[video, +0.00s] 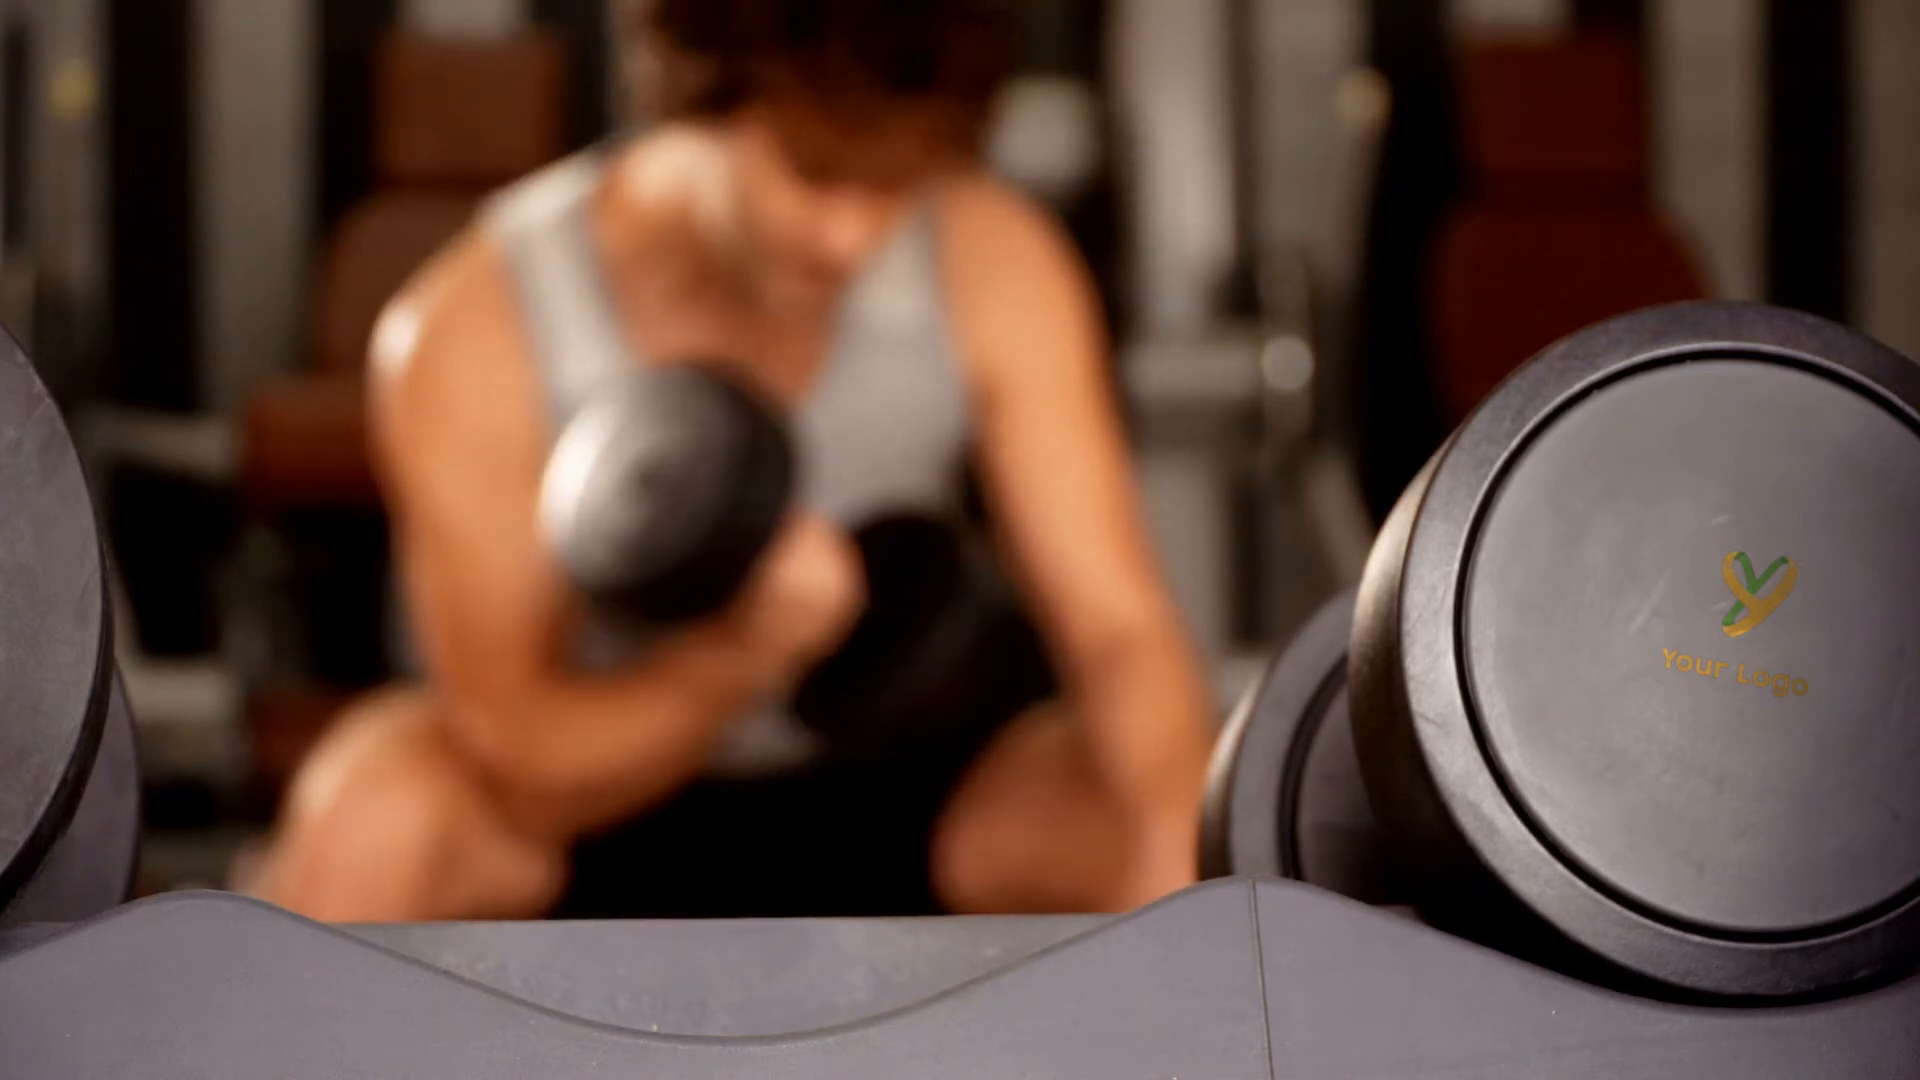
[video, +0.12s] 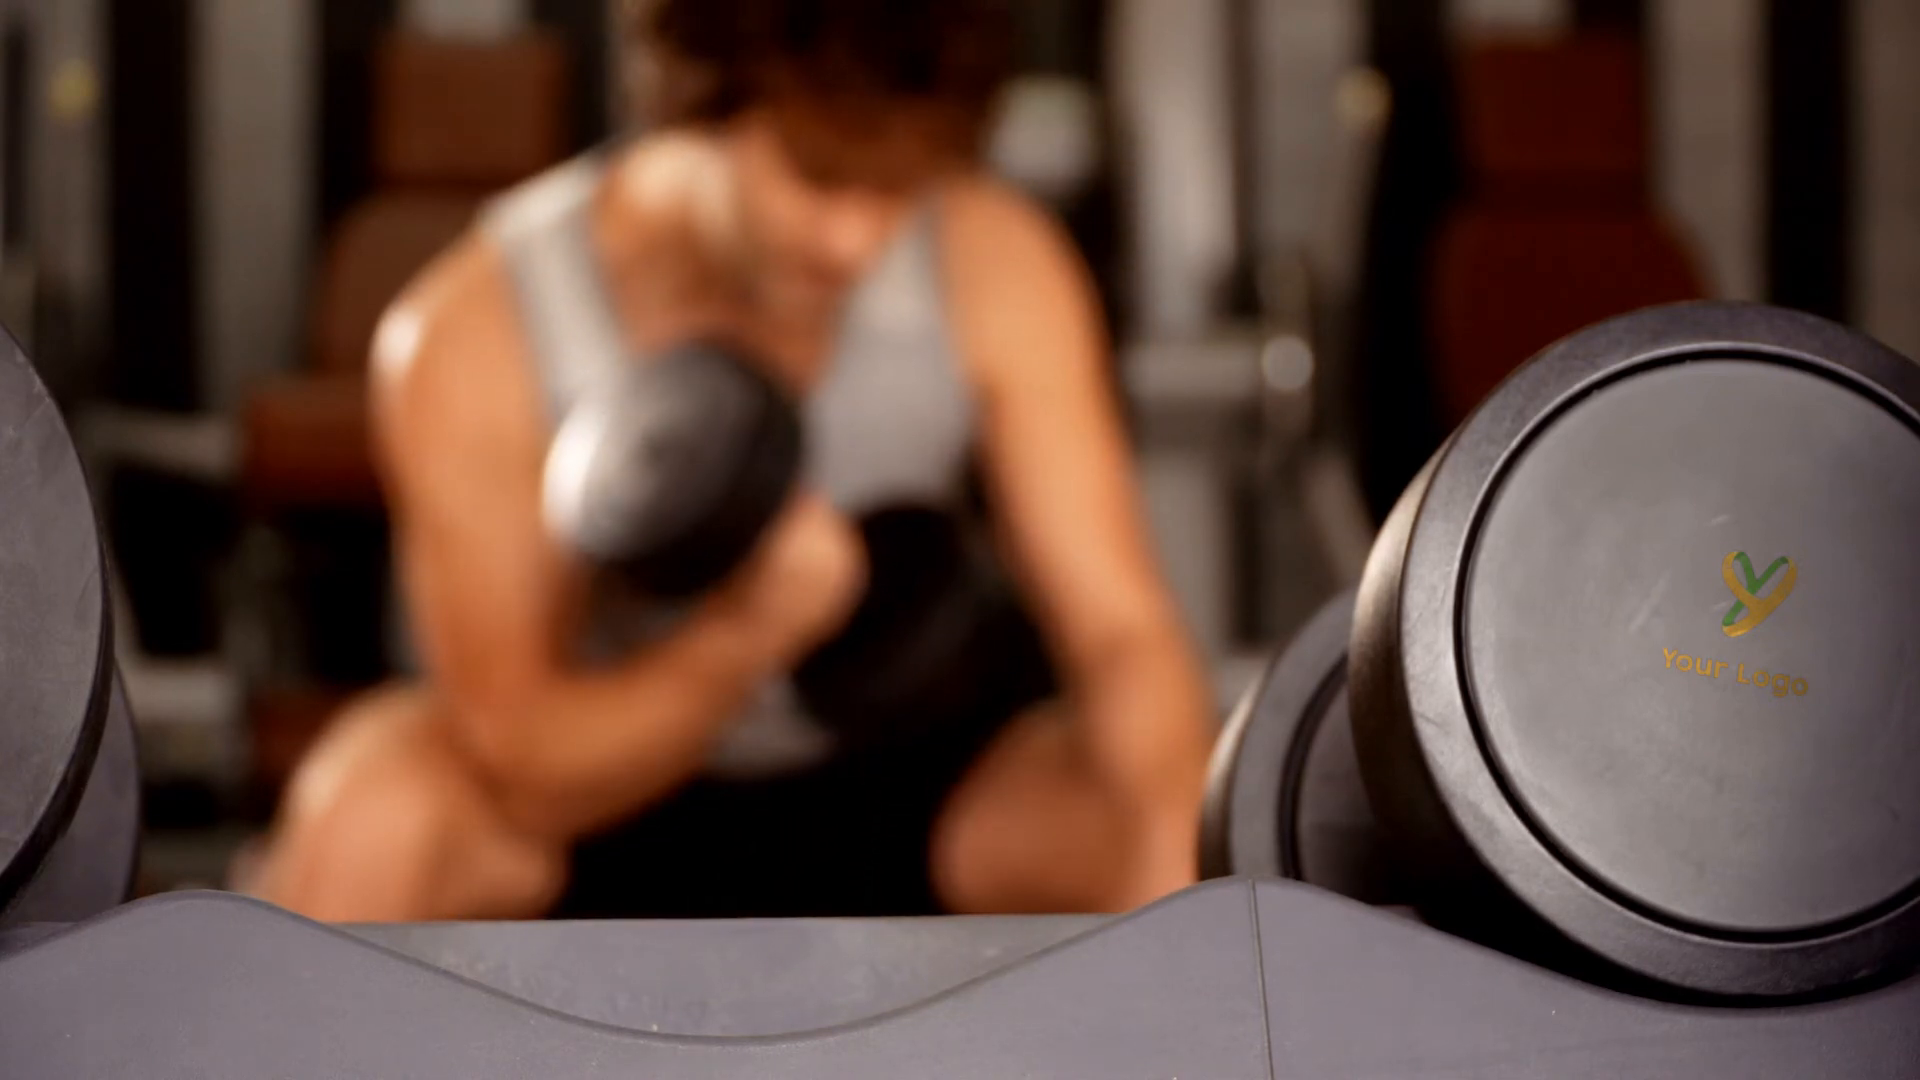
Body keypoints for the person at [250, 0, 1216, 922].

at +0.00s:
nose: (854, 233)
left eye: (901, 183)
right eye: (815, 173)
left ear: (949, 148)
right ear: (709, 102)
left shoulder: (990, 255)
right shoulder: (466, 330)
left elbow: (1119, 633)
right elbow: (531, 771)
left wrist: (1180, 885)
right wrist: (750, 653)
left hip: (891, 783)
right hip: (598, 807)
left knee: (1181, 813)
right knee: (374, 804)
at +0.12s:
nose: (860, 236)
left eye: (905, 184)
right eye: (820, 175)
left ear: (951, 149)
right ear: (714, 110)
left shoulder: (993, 258)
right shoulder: (467, 333)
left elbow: (1123, 638)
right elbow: (534, 776)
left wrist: (1177, 883)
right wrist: (756, 628)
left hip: (896, 783)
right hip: (600, 806)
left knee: (1183, 811)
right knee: (372, 802)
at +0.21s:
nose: (862, 237)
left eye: (906, 185)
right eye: (820, 177)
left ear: (953, 151)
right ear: (713, 117)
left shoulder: (994, 259)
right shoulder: (471, 335)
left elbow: (1123, 638)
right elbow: (536, 778)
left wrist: (1176, 880)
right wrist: (754, 621)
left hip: (900, 780)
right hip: (602, 803)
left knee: (1181, 814)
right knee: (371, 807)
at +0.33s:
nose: (866, 231)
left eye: (910, 180)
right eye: (825, 172)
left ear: (956, 146)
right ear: (721, 105)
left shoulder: (996, 257)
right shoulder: (476, 332)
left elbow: (1121, 637)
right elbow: (535, 778)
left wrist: (1176, 880)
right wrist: (754, 628)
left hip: (899, 782)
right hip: (603, 805)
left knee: (1182, 811)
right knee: (373, 805)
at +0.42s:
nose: (868, 223)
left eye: (914, 173)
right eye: (830, 162)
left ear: (960, 135)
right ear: (723, 87)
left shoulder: (1001, 255)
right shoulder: (483, 324)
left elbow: (1120, 633)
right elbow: (526, 772)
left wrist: (1184, 884)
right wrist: (760, 651)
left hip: (897, 784)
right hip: (601, 805)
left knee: (1179, 812)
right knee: (371, 804)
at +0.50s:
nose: (868, 213)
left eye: (916, 163)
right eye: (833, 152)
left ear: (966, 129)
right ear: (729, 75)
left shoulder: (1008, 252)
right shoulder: (495, 318)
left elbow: (1120, 628)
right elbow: (516, 752)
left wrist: (1186, 875)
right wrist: (751, 692)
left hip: (895, 789)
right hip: (601, 800)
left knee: (1166, 807)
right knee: (369, 803)